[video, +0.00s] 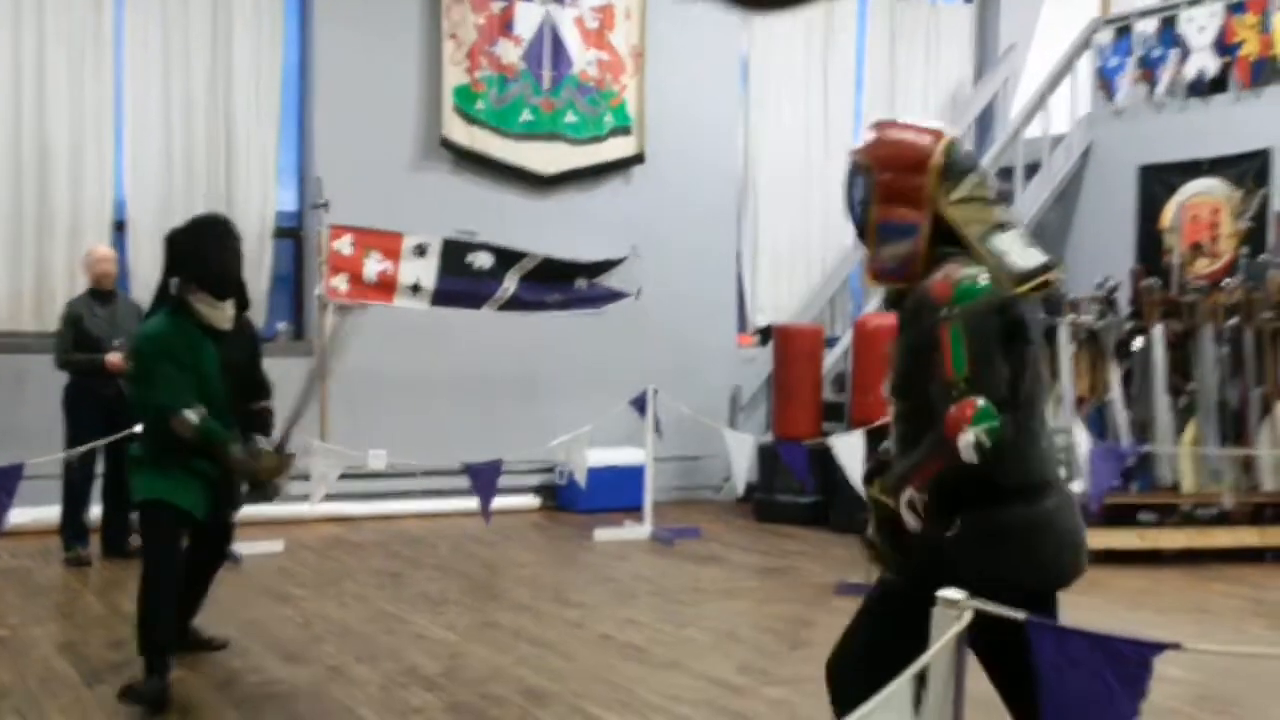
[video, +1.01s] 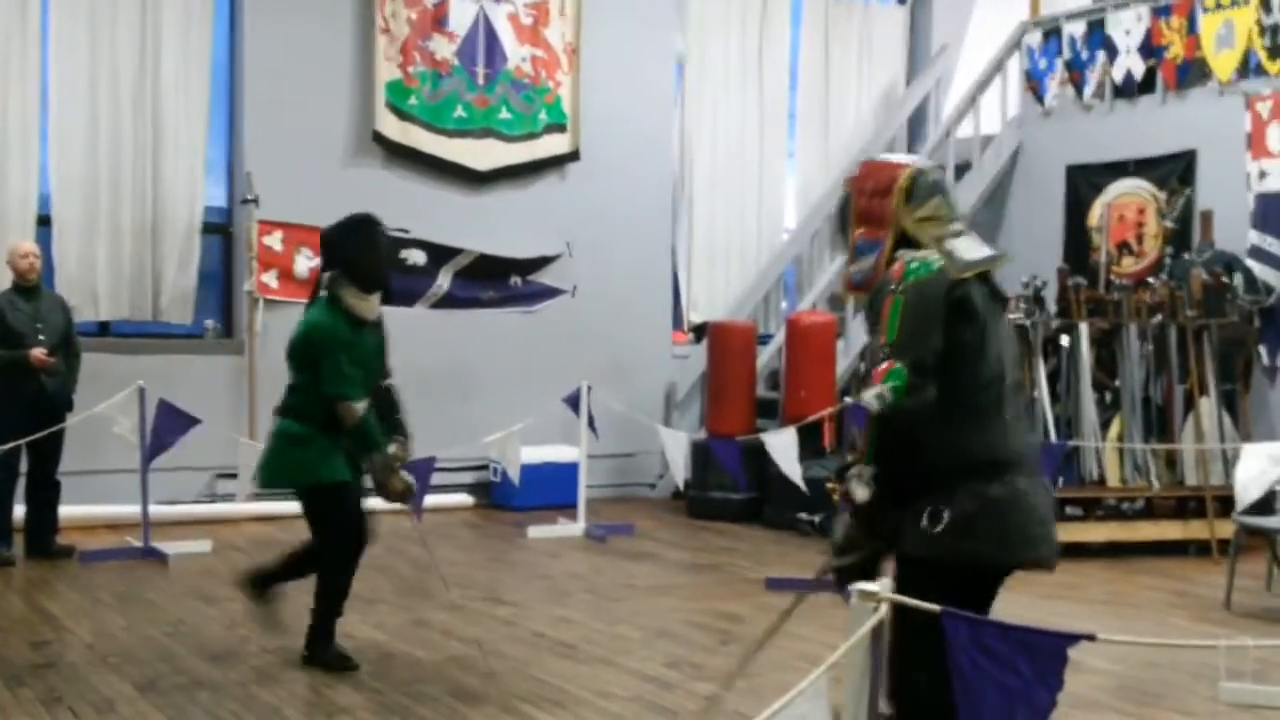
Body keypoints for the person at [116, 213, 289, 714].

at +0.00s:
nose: (229, 269)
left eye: (229, 259)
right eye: (220, 260)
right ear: (199, 268)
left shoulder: (237, 330)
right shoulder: (160, 333)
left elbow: (254, 397)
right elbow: (175, 412)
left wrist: (258, 447)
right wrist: (233, 453)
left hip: (216, 466)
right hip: (164, 465)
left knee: (212, 548)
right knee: (163, 564)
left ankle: (179, 626)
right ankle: (155, 671)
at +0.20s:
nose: (255, 258)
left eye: (255, 248)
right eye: (247, 249)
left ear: (214, 256)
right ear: (223, 256)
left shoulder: (229, 311)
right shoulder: (195, 318)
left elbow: (228, 390)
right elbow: (217, 395)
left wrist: (246, 444)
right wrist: (250, 443)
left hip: (204, 441)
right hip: (173, 441)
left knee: (199, 534)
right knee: (213, 529)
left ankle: (162, 632)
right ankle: (210, 645)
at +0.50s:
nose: (268, 257)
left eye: (266, 247)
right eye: (261, 248)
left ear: (218, 254)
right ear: (242, 256)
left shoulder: (199, 302)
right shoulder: (225, 320)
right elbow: (237, 397)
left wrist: (243, 439)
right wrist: (250, 445)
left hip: (173, 444)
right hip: (197, 448)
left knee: (153, 541)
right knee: (260, 523)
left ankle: (123, 630)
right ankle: (248, 628)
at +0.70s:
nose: (294, 270)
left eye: (292, 260)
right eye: (287, 261)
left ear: (250, 269)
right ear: (266, 269)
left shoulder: (245, 320)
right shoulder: (244, 331)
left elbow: (251, 401)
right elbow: (258, 411)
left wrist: (277, 453)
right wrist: (285, 460)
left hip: (203, 458)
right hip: (220, 462)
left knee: (161, 543)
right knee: (281, 531)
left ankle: (104, 627)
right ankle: (318, 635)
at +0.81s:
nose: (325, 279)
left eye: (322, 269)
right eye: (319, 270)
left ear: (278, 275)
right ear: (303, 277)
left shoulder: (274, 329)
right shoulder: (276, 340)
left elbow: (281, 417)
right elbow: (288, 422)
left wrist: (313, 464)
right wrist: (326, 477)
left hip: (242, 465)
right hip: (251, 468)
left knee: (197, 544)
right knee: (311, 536)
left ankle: (114, 614)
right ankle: (319, 642)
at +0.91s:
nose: (356, 275)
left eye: (354, 265)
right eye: (349, 265)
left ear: (315, 272)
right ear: (328, 271)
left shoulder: (330, 328)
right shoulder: (300, 334)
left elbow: (338, 398)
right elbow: (321, 413)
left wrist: (359, 451)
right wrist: (357, 468)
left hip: (292, 455)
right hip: (277, 455)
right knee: (333, 539)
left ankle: (173, 585)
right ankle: (320, 644)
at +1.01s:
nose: (385, 262)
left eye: (383, 254)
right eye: (377, 254)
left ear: (353, 264)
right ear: (355, 262)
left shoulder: (367, 317)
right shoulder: (323, 327)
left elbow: (379, 382)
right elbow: (345, 405)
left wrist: (396, 433)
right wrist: (377, 459)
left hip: (342, 445)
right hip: (308, 445)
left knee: (348, 536)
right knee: (342, 538)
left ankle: (265, 579)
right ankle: (319, 643)